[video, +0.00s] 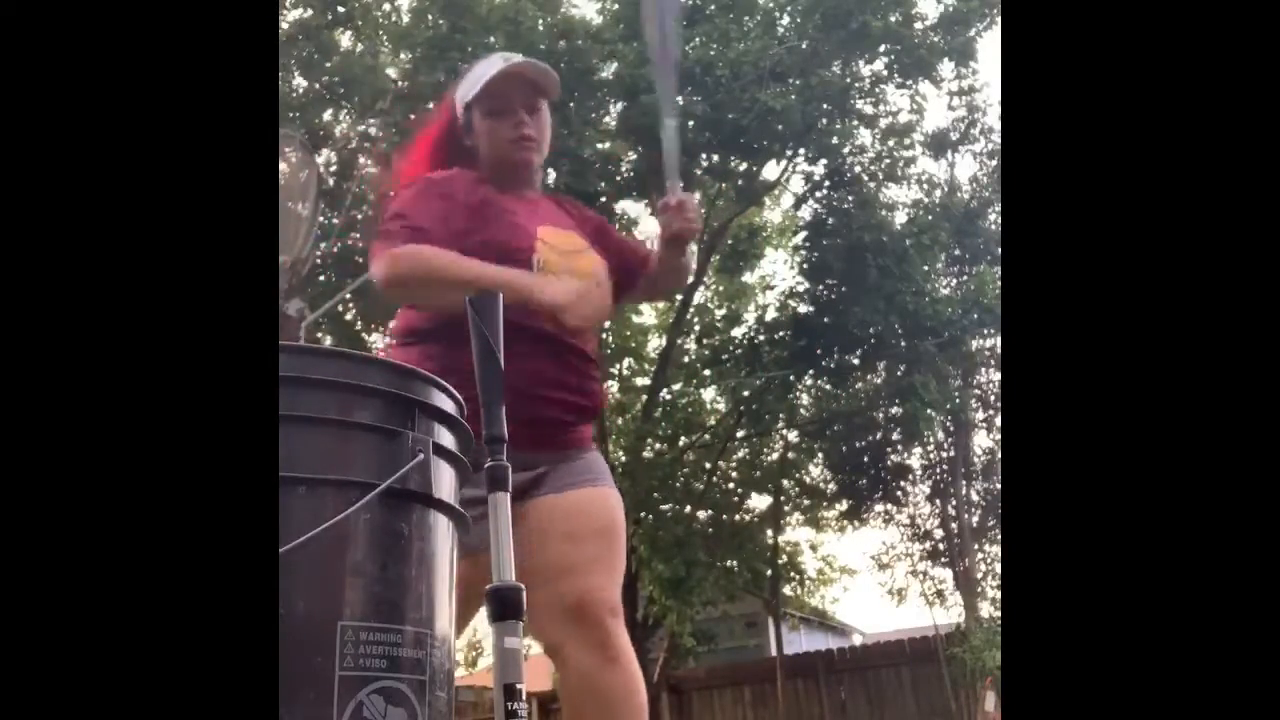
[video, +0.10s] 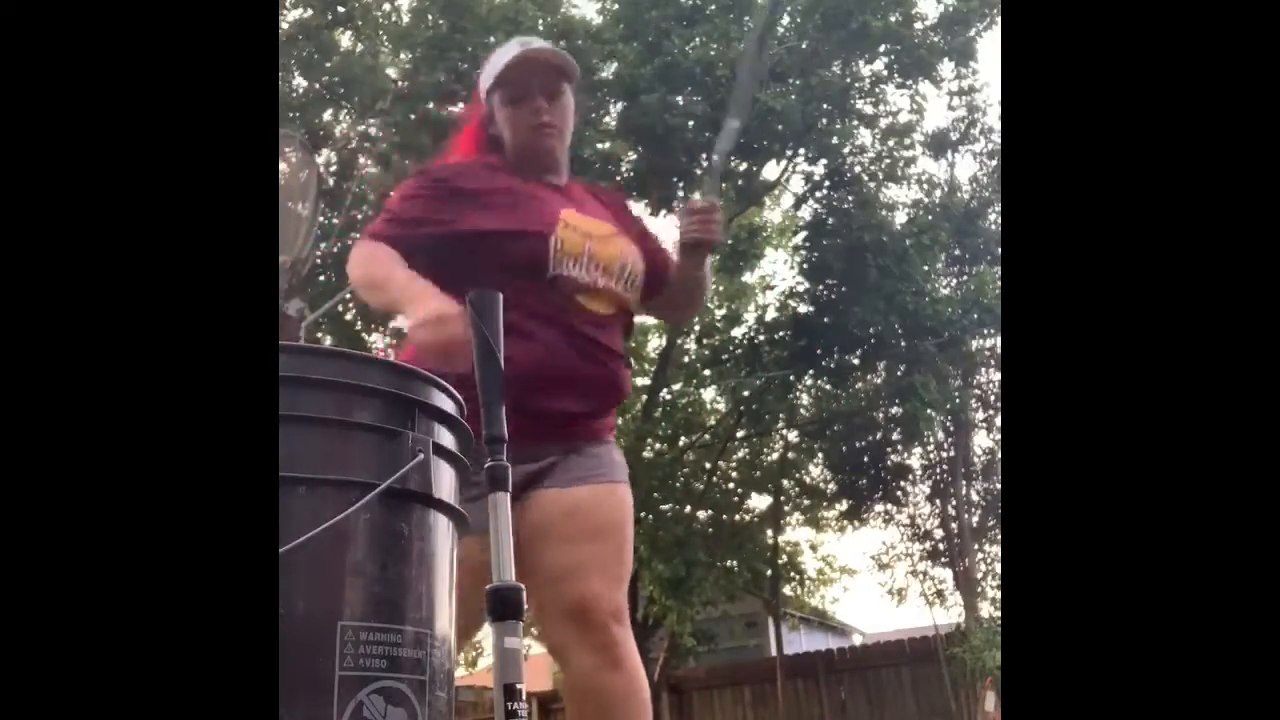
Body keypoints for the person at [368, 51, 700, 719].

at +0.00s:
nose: (525, 122)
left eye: (536, 110)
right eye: (503, 110)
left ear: (551, 126)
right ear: (468, 128)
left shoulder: (575, 217)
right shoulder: (440, 192)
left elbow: (657, 282)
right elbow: (393, 269)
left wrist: (676, 242)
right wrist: (538, 286)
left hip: (559, 450)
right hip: (442, 449)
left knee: (595, 630)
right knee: (404, 643)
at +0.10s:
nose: (545, 108)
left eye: (557, 93)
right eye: (523, 95)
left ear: (575, 109)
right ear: (490, 112)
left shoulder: (609, 206)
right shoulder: (452, 186)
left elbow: (675, 305)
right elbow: (367, 260)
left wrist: (695, 254)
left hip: (575, 448)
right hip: (455, 448)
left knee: (599, 632)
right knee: (421, 644)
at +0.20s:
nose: (551, 87)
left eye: (565, 71)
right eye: (529, 75)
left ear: (588, 87)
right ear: (501, 92)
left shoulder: (632, 192)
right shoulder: (458, 169)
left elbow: (664, 307)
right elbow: (372, 250)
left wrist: (708, 267)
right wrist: (364, 307)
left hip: (583, 440)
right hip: (456, 435)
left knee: (604, 633)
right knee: (429, 631)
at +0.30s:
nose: (542, 67)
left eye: (558, 51)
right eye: (521, 55)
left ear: (585, 65)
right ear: (495, 71)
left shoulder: (638, 174)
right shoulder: (450, 152)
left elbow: (662, 292)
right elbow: (374, 247)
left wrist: (709, 285)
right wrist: (350, 312)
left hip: (586, 431)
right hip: (453, 424)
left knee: (605, 633)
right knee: (410, 623)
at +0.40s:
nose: (522, 48)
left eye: (539, 30)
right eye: (500, 32)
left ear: (569, 41)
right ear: (474, 46)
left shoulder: (628, 155)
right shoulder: (427, 146)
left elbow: (661, 270)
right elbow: (351, 250)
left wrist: (713, 312)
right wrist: (337, 330)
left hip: (579, 428)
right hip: (445, 424)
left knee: (602, 639)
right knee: (398, 627)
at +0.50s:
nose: (491, 29)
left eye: (509, 11)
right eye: (470, 15)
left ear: (541, 21)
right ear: (445, 32)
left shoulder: (605, 142)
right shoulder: (396, 138)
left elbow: (642, 261)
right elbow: (311, 256)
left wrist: (687, 328)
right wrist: (315, 356)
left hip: (568, 432)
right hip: (433, 432)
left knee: (593, 639)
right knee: (397, 633)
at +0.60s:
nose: (451, 14)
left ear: (509, 13)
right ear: (401, 15)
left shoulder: (566, 132)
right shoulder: (340, 138)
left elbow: (599, 263)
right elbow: (282, 253)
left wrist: (637, 356)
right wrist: (290, 359)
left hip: (539, 425)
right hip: (396, 430)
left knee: (577, 639)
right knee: (391, 645)